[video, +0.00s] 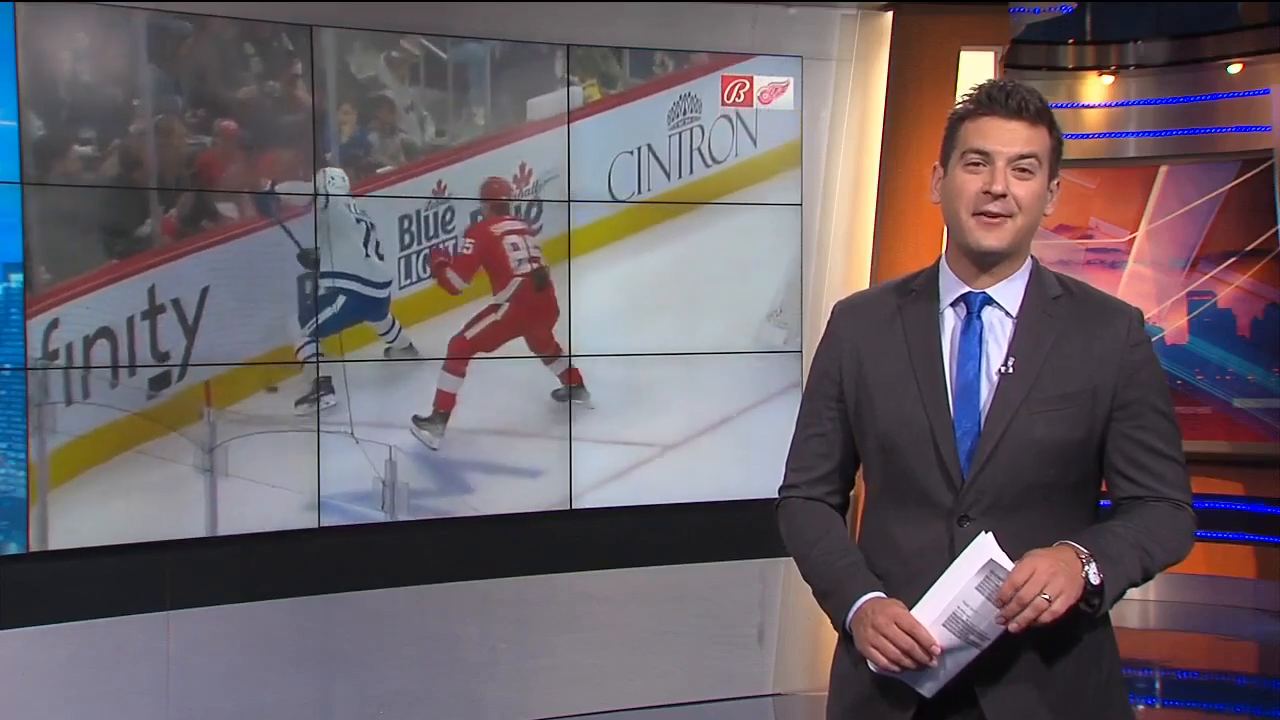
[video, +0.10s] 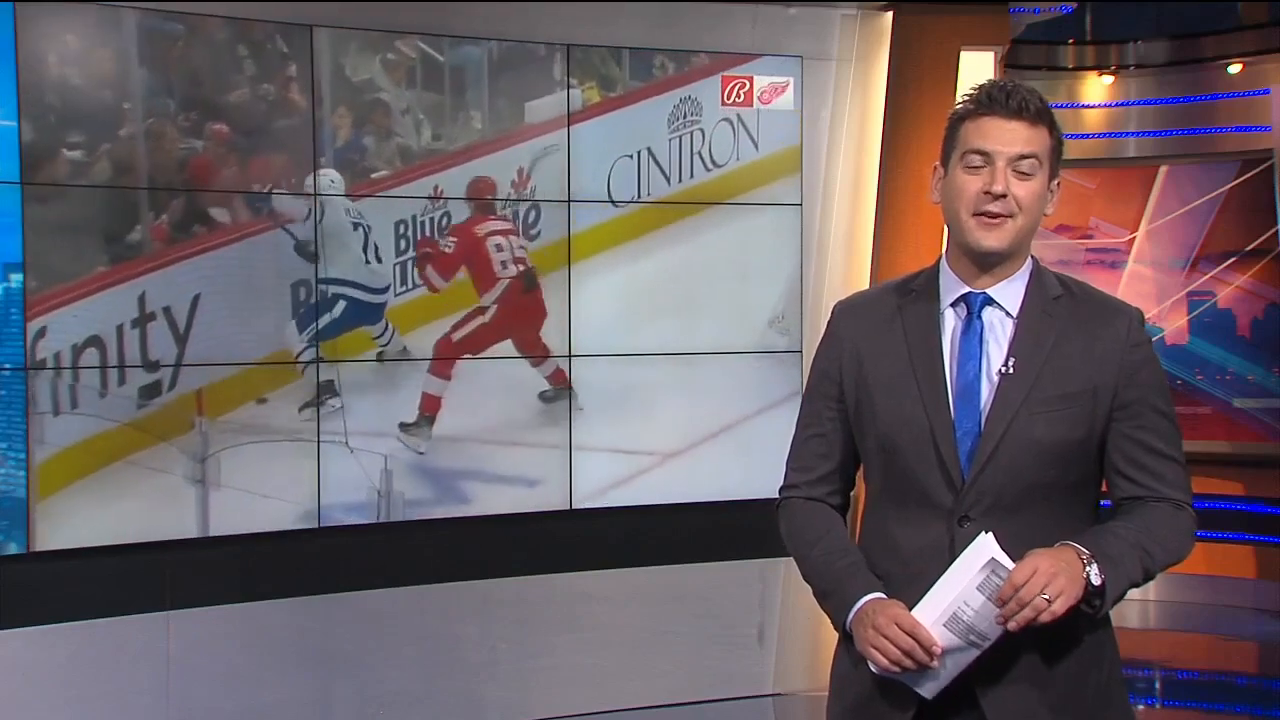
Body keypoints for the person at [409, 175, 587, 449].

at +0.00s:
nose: (482, 207)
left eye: (483, 203)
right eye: (484, 202)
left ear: (485, 204)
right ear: (509, 203)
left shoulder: (480, 231)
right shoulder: (523, 226)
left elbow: (455, 284)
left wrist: (439, 264)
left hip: (513, 309)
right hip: (547, 305)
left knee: (460, 346)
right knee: (542, 342)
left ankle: (437, 420)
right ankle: (575, 386)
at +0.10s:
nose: (470, 205)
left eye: (470, 200)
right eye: (475, 200)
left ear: (470, 202)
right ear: (494, 201)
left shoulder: (464, 231)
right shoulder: (509, 225)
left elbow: (435, 281)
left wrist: (424, 255)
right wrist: (442, 250)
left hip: (499, 312)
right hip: (534, 307)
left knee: (445, 349)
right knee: (529, 344)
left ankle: (424, 423)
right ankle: (562, 386)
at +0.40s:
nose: (427, 199)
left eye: (428, 195)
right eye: (430, 195)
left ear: (430, 196)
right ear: (456, 195)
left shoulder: (420, 225)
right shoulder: (477, 221)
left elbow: (393, 266)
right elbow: (483, 260)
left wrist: (395, 238)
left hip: (463, 310)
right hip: (498, 305)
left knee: (406, 353)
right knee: (491, 343)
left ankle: (386, 433)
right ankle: (529, 390)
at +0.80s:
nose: (415, 166)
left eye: (407, 159)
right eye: (422, 160)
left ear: (398, 161)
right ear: (428, 161)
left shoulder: (384, 193)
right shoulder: (445, 195)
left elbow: (384, 251)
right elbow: (451, 244)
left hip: (414, 287)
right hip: (455, 283)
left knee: (368, 346)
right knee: (465, 336)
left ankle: (353, 427)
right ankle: (503, 392)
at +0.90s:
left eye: (402, 146)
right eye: (419, 148)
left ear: (394, 149)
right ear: (425, 149)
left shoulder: (380, 182)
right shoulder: (439, 184)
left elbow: (379, 231)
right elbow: (446, 232)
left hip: (403, 275)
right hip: (443, 272)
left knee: (366, 346)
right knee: (468, 338)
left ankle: (351, 426)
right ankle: (500, 396)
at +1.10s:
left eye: (408, 117)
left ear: (407, 120)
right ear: (438, 124)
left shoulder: (391, 150)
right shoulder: (453, 160)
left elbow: (379, 193)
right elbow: (451, 212)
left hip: (394, 247)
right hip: (436, 248)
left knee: (379, 327)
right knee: (460, 318)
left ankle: (354, 412)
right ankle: (490, 392)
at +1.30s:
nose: (463, 118)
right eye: (462, 112)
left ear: (428, 106)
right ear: (457, 112)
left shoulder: (400, 134)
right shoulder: (465, 143)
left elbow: (389, 176)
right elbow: (465, 190)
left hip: (410, 238)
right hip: (454, 239)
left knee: (390, 318)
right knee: (475, 313)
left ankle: (369, 404)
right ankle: (496, 392)